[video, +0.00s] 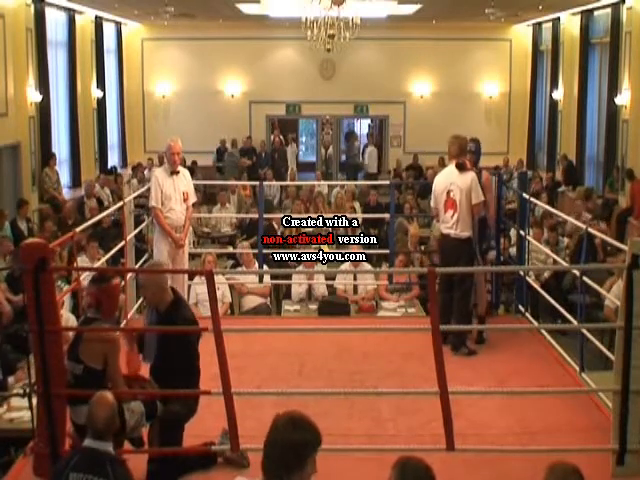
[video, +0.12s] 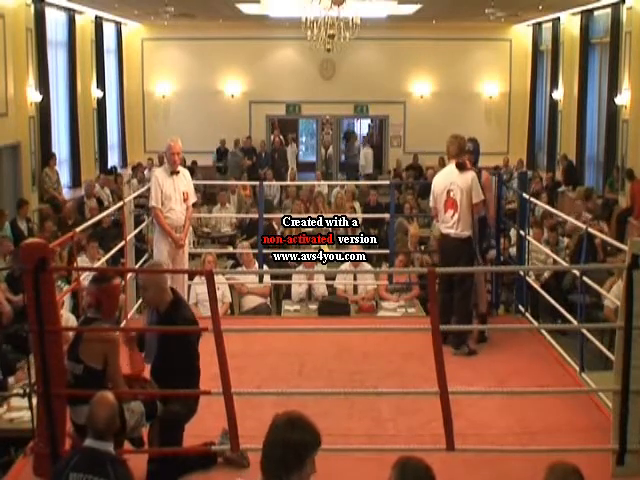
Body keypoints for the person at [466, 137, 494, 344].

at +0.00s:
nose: (469, 157)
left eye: (472, 153)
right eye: (467, 152)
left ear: (478, 156)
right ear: (463, 154)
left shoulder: (485, 178)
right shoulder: (456, 175)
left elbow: (490, 206)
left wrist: (490, 231)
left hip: (479, 231)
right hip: (459, 230)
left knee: (479, 277)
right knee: (462, 278)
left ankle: (480, 321)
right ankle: (460, 321)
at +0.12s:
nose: (467, 158)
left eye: (471, 154)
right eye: (465, 153)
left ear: (476, 155)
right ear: (461, 154)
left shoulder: (484, 177)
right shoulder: (456, 176)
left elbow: (490, 206)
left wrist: (491, 233)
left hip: (479, 230)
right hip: (459, 229)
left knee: (479, 276)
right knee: (463, 277)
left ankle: (481, 319)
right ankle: (461, 319)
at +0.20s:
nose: (467, 158)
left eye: (471, 154)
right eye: (465, 153)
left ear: (477, 156)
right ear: (461, 154)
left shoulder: (484, 178)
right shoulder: (456, 176)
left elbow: (490, 207)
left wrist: (491, 236)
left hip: (479, 231)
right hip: (459, 230)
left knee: (479, 277)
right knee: (463, 278)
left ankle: (482, 319)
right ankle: (461, 319)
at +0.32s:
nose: (467, 158)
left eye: (471, 154)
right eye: (466, 154)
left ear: (478, 155)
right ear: (464, 154)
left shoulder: (485, 178)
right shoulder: (458, 175)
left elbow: (490, 208)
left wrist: (490, 233)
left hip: (480, 231)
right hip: (461, 230)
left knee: (480, 278)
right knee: (464, 278)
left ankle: (482, 322)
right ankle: (462, 322)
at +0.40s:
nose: (469, 158)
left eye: (472, 154)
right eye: (468, 153)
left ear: (479, 155)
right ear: (467, 154)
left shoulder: (486, 178)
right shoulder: (461, 175)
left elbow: (490, 206)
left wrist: (490, 230)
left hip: (482, 230)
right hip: (464, 229)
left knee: (481, 277)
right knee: (467, 277)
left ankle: (483, 322)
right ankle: (464, 321)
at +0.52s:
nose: (471, 157)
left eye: (474, 153)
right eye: (470, 152)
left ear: (480, 155)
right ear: (470, 154)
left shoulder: (488, 179)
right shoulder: (462, 176)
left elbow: (491, 206)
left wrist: (489, 228)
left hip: (483, 231)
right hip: (465, 229)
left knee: (483, 275)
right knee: (467, 276)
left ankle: (483, 322)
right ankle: (464, 320)